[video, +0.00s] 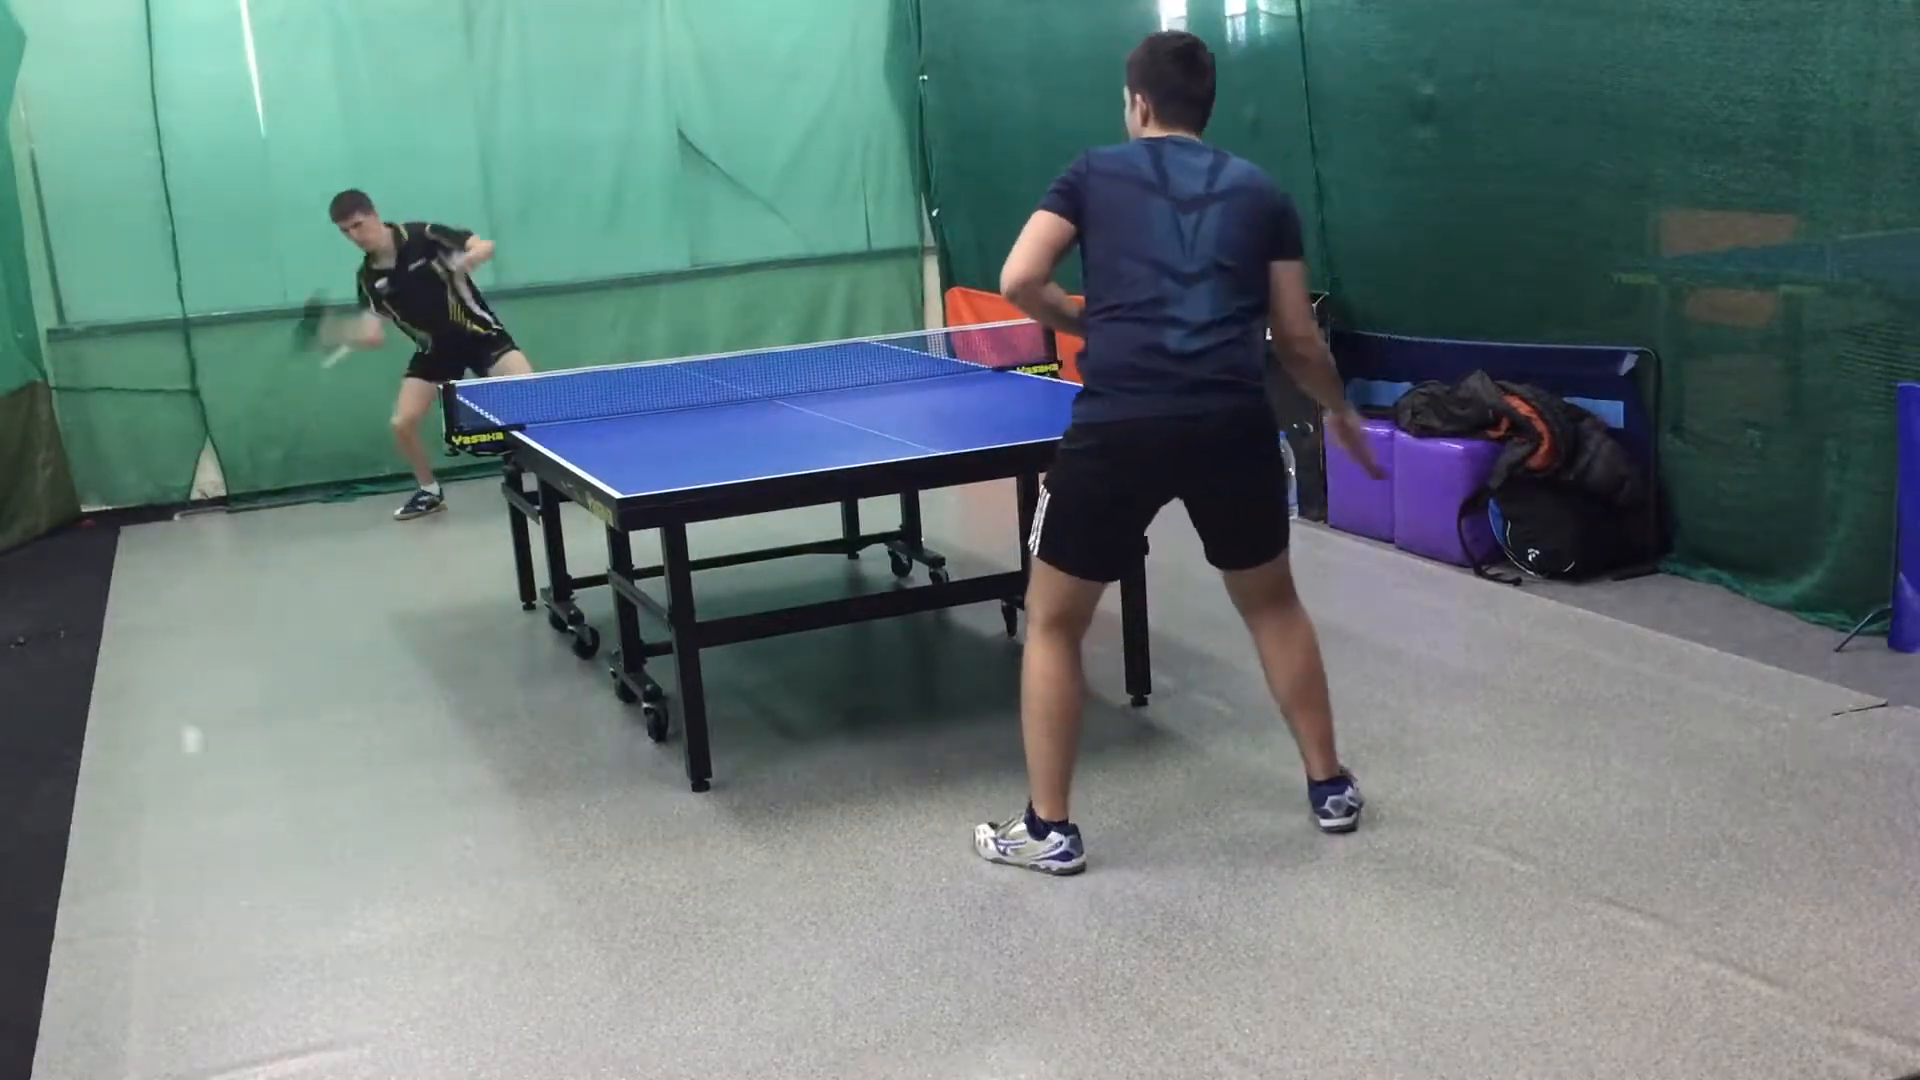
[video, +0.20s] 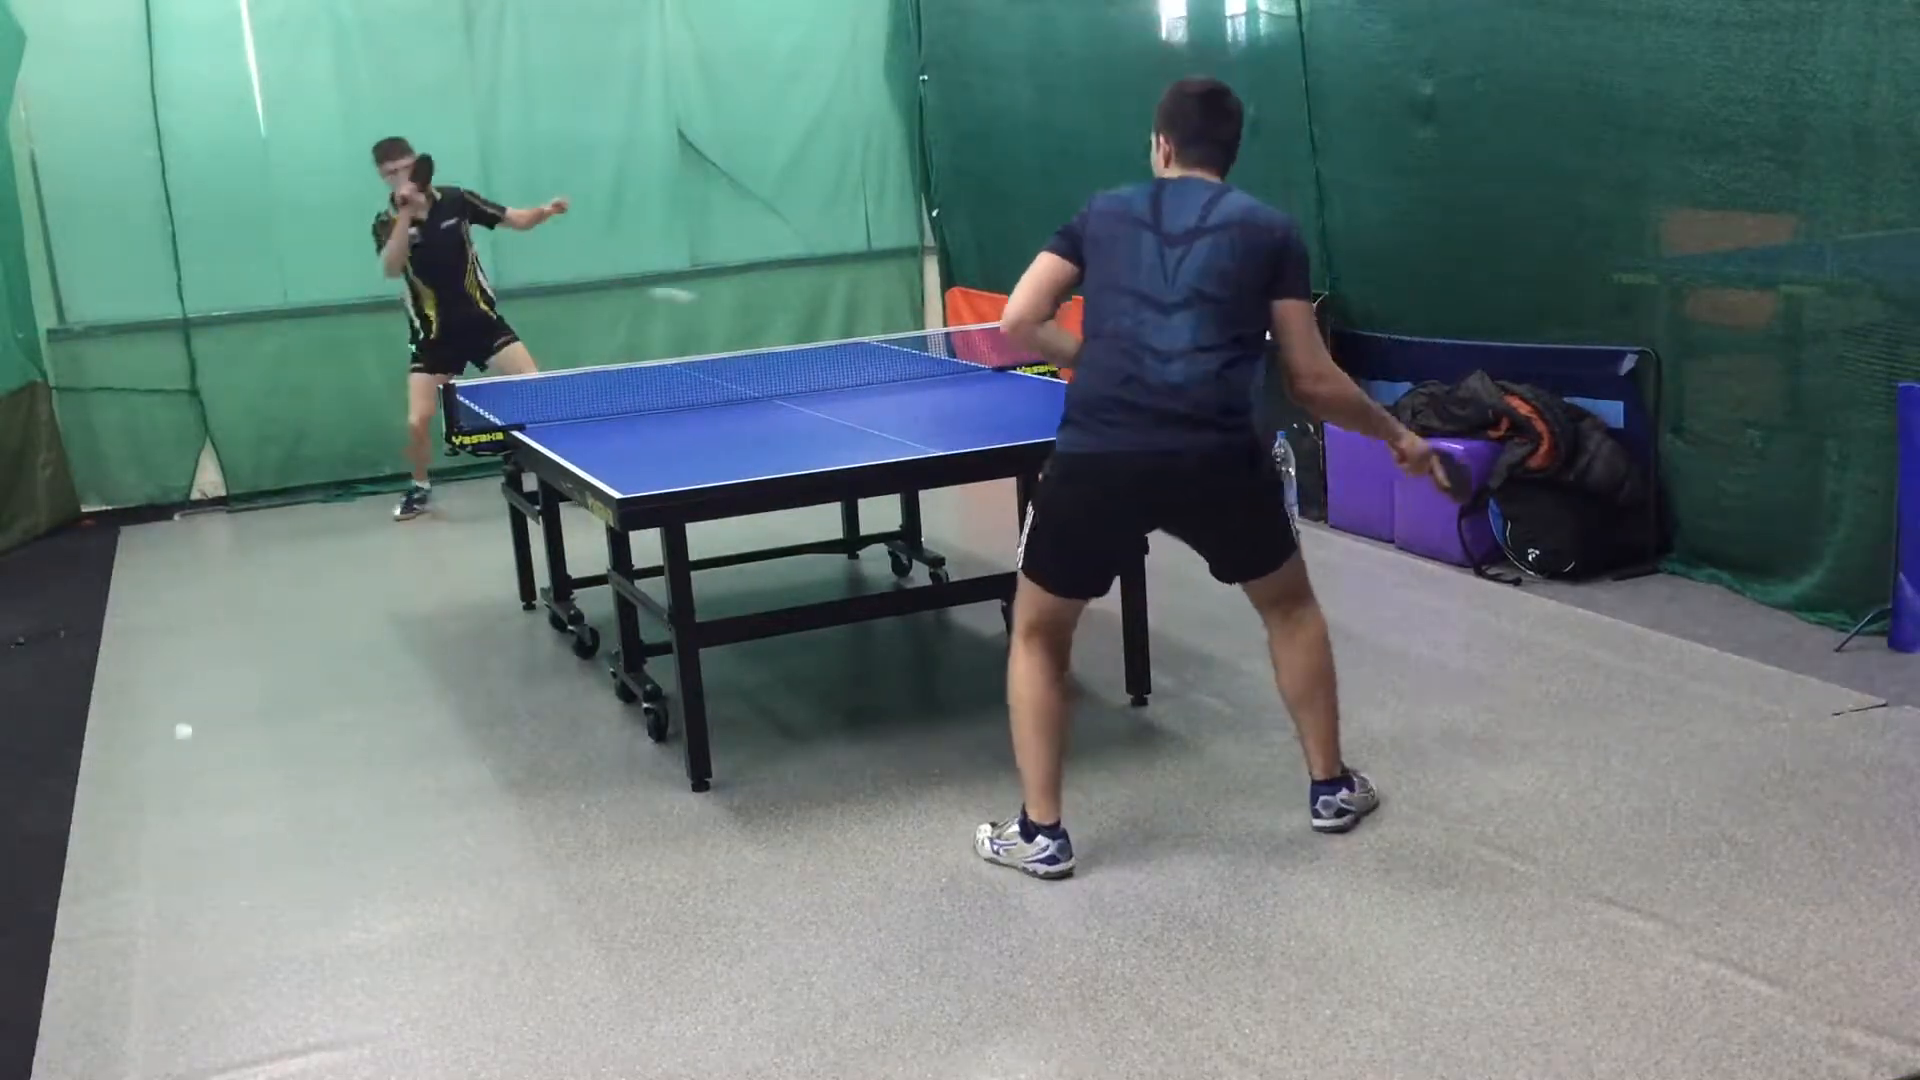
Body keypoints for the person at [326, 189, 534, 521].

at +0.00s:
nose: (355, 236)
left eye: (357, 226)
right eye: (347, 231)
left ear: (374, 215)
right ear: (344, 233)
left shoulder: (420, 235)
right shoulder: (367, 277)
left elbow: (484, 246)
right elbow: (375, 334)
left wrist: (466, 260)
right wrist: (349, 334)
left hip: (480, 334)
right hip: (434, 348)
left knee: (530, 393)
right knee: (403, 423)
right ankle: (429, 490)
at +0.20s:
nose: (398, 179)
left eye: (403, 170)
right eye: (390, 174)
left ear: (418, 167)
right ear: (381, 177)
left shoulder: (453, 200)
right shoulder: (387, 223)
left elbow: (512, 219)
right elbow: (392, 267)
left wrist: (544, 212)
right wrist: (405, 216)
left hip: (481, 322)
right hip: (431, 335)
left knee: (534, 388)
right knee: (417, 422)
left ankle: (536, 470)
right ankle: (420, 486)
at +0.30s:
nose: (430, 170)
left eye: (434, 161)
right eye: (420, 164)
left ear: (442, 159)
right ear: (406, 168)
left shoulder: (469, 198)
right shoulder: (406, 219)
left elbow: (523, 228)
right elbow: (410, 275)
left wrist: (559, 227)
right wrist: (425, 236)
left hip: (488, 317)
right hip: (439, 328)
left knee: (540, 385)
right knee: (421, 420)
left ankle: (518, 469)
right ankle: (397, 489)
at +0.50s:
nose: (441, 174)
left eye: (445, 166)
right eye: (431, 168)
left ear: (452, 165)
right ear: (416, 172)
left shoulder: (480, 205)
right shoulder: (409, 225)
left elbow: (529, 247)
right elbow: (407, 291)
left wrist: (569, 272)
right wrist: (431, 274)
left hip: (493, 318)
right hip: (443, 326)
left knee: (546, 388)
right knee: (412, 412)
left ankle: (528, 476)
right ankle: (397, 496)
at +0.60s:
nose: (422, 176)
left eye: (426, 167)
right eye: (413, 170)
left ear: (434, 164)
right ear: (398, 173)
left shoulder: (465, 204)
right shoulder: (395, 225)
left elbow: (512, 253)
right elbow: (390, 292)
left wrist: (541, 287)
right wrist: (416, 287)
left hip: (486, 312)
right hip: (437, 320)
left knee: (532, 384)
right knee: (403, 407)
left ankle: (540, 476)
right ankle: (409, 495)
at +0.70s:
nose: (400, 195)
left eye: (404, 186)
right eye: (391, 190)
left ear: (412, 182)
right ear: (376, 192)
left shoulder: (443, 219)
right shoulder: (379, 240)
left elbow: (484, 275)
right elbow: (379, 298)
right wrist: (379, 318)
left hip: (475, 312)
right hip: (432, 321)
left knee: (527, 390)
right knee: (399, 409)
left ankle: (537, 477)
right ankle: (410, 497)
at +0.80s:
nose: (381, 221)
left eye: (386, 211)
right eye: (372, 215)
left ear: (395, 205)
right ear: (360, 217)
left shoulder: (428, 243)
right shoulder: (371, 261)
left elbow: (446, 313)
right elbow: (378, 332)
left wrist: (414, 353)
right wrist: (349, 366)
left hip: (479, 326)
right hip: (436, 332)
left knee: (519, 388)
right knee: (392, 411)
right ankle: (409, 497)